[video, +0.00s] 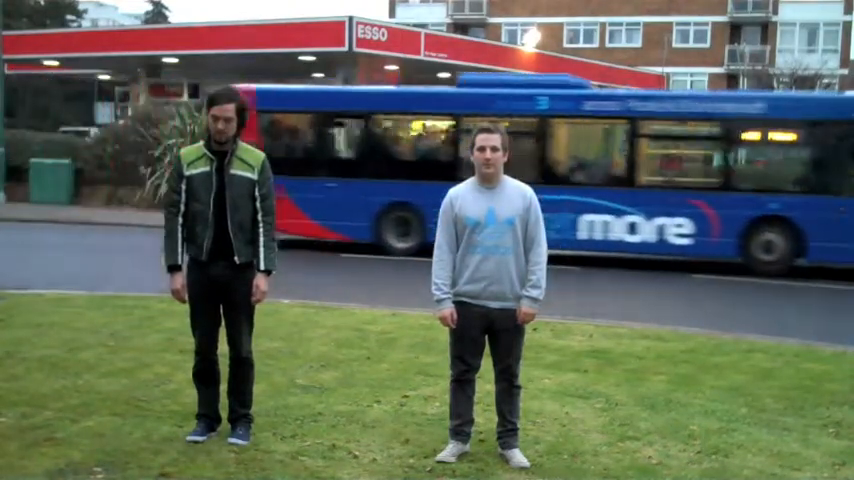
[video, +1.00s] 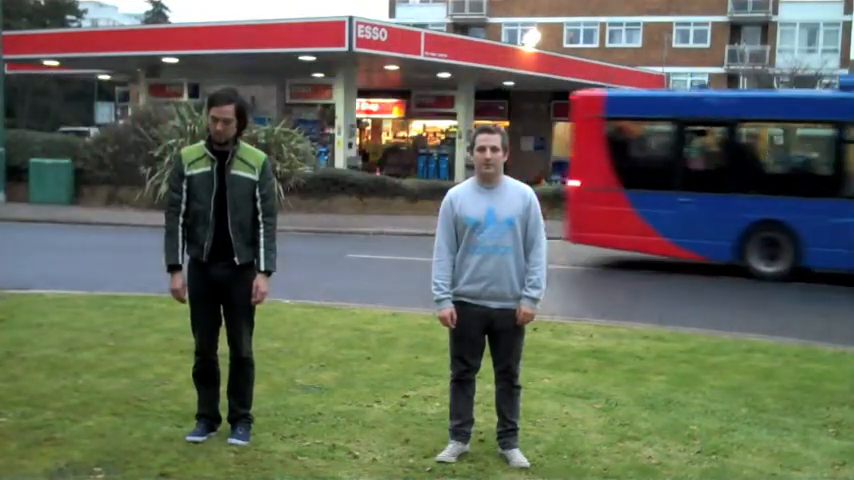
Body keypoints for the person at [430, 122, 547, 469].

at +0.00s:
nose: (486, 155)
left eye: (493, 150)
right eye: (480, 149)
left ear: (504, 155)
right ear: (472, 155)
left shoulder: (524, 196)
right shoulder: (456, 197)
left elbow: (538, 250)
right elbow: (443, 251)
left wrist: (532, 298)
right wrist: (443, 299)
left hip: (510, 305)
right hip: (466, 304)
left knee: (509, 379)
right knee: (462, 376)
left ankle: (509, 444)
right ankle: (458, 440)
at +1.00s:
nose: (487, 156)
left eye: (494, 150)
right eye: (481, 150)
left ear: (504, 155)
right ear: (472, 155)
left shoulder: (524, 196)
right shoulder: (455, 197)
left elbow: (537, 250)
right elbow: (443, 252)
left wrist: (531, 298)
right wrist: (443, 299)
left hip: (510, 305)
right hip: (466, 304)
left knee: (509, 379)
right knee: (462, 376)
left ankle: (509, 444)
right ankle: (458, 440)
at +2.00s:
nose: (462, 191)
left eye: (471, 186)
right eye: (461, 185)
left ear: (491, 193)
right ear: (460, 189)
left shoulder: (522, 229)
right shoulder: (456, 229)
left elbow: (550, 274)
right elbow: (448, 276)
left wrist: (548, 315)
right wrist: (430, 304)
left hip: (521, 315)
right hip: (481, 312)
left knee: (512, 379)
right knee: (455, 366)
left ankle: (506, 445)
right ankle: (461, 440)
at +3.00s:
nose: (489, 185)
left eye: (497, 180)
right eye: (486, 179)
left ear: (516, 187)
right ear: (481, 185)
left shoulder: (540, 223)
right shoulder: (471, 225)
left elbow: (560, 267)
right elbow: (462, 264)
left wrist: (558, 308)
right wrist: (455, 275)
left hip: (530, 316)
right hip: (489, 313)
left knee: (523, 381)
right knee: (485, 371)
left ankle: (508, 444)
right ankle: (462, 436)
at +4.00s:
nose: (498, 163)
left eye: (506, 157)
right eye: (497, 156)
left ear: (527, 164)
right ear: (499, 162)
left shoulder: (553, 202)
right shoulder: (489, 200)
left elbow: (568, 244)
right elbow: (472, 245)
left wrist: (563, 265)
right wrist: (449, 250)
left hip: (529, 312)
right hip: (487, 304)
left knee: (524, 382)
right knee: (462, 366)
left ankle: (508, 444)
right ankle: (465, 440)